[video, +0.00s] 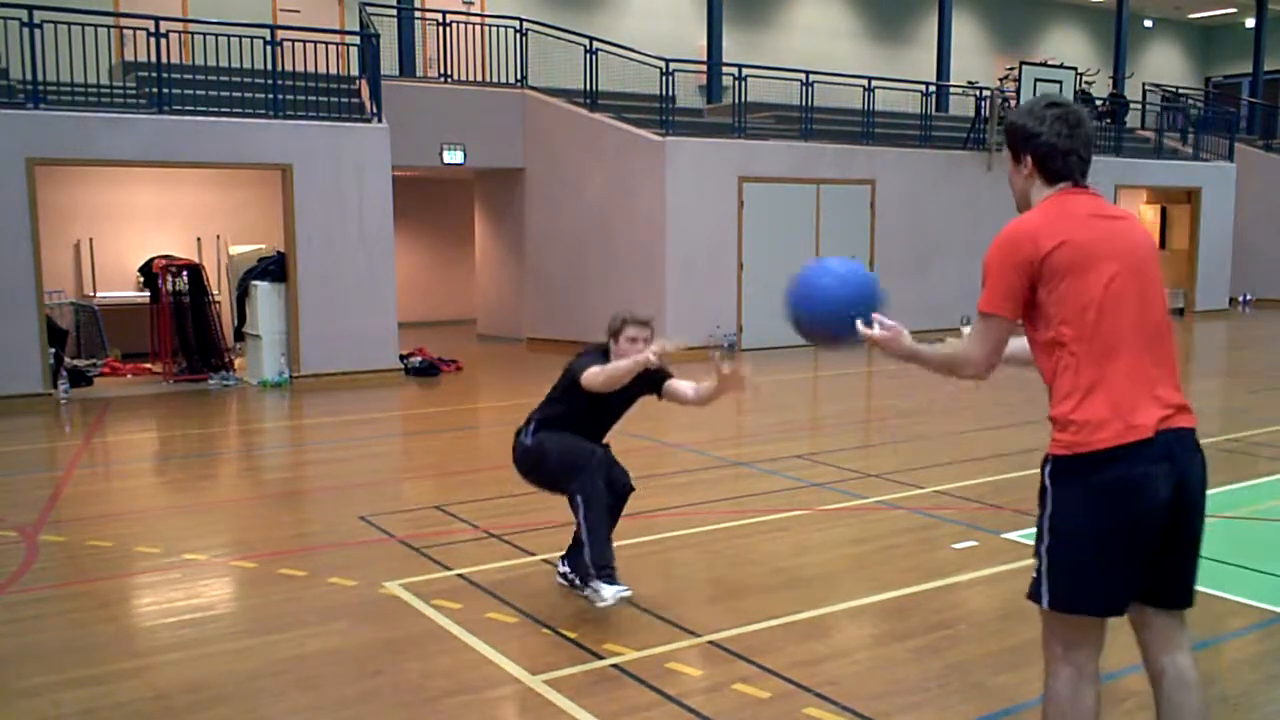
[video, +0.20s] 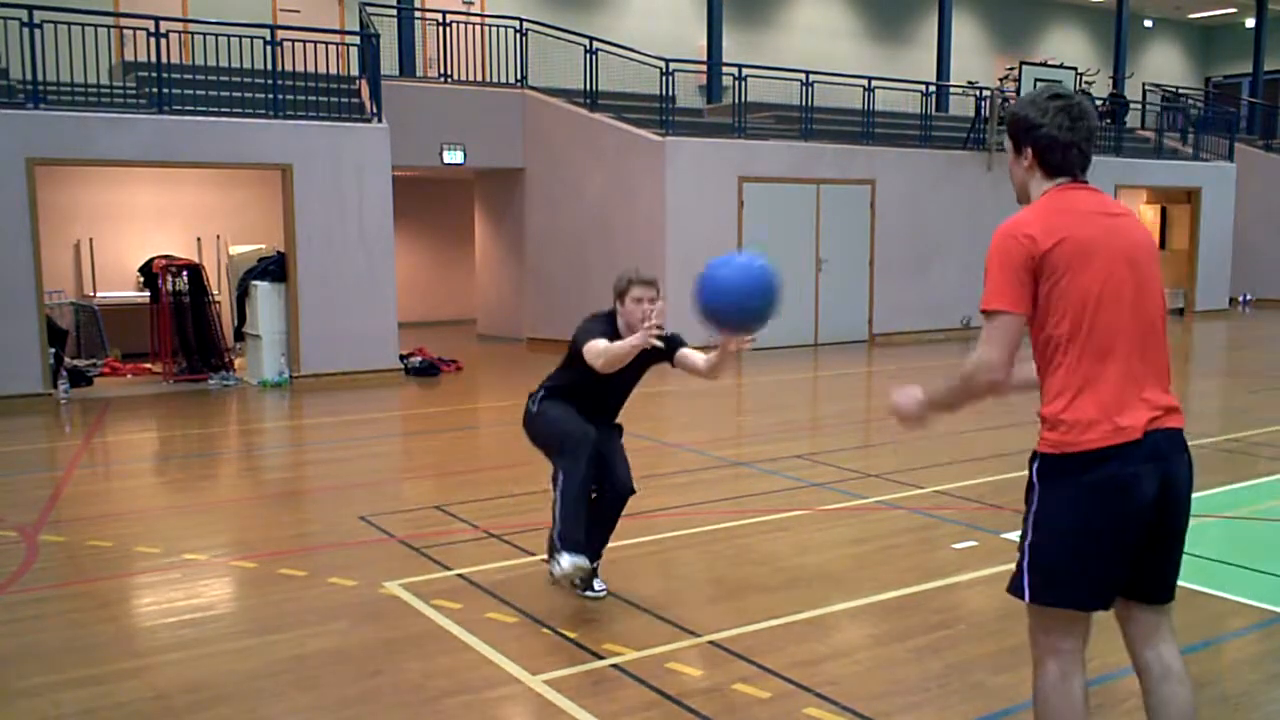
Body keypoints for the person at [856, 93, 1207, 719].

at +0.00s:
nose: (1008, 175)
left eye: (1008, 161)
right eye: (1009, 162)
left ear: (1025, 163)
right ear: (1081, 160)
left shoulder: (1025, 236)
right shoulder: (1133, 226)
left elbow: (974, 361)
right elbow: (1083, 349)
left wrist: (906, 349)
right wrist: (989, 344)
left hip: (1093, 468)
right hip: (1176, 459)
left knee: (1072, 658)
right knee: (1167, 638)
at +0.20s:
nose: (1008, 164)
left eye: (1010, 151)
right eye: (1009, 151)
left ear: (1026, 155)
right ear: (1081, 152)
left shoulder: (1025, 231)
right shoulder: (1131, 223)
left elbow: (989, 367)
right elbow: (1094, 354)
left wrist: (930, 401)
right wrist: (998, 378)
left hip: (1081, 469)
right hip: (1163, 461)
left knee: (1059, 653)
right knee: (1151, 632)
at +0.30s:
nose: (1010, 165)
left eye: (1010, 152)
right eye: (1010, 153)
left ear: (1027, 155)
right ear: (1085, 154)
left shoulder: (1028, 233)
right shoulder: (1136, 225)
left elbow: (1015, 368)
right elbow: (1135, 367)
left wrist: (949, 435)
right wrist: (1045, 421)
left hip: (1080, 469)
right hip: (1163, 462)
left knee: (1057, 648)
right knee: (1151, 627)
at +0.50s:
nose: (1027, 164)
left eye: (1027, 149)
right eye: (1028, 150)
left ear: (1046, 150)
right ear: (1106, 150)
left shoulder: (1050, 229)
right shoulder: (1154, 222)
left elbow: (1055, 362)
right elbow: (1168, 338)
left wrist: (1014, 471)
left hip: (1094, 476)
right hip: (1174, 466)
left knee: (1065, 647)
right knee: (1161, 635)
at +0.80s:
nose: (1082, 164)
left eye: (1082, 150)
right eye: (1081, 151)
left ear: (1102, 152)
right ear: (1159, 151)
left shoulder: (1101, 229)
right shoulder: (1216, 235)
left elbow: (1089, 367)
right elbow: (1230, 370)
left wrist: (1027, 422)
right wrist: (1150, 394)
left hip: (1133, 482)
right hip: (1218, 476)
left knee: (1088, 653)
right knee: (1198, 644)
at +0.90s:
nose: (1100, 161)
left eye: (1100, 146)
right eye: (1100, 146)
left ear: (1119, 148)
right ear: (1178, 148)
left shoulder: (1114, 230)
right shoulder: (1234, 233)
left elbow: (1085, 365)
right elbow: (1231, 347)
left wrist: (1030, 357)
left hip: (1146, 480)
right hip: (1235, 475)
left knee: (1098, 653)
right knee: (1208, 640)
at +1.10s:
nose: (1116, 165)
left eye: (1118, 150)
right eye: (1116, 149)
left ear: (1142, 154)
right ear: (1199, 152)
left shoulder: (1127, 231)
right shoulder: (1265, 230)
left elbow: (1118, 370)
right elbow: (1274, 365)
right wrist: (1219, 351)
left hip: (1156, 484)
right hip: (1249, 481)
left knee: (1103, 656)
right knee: (1216, 646)